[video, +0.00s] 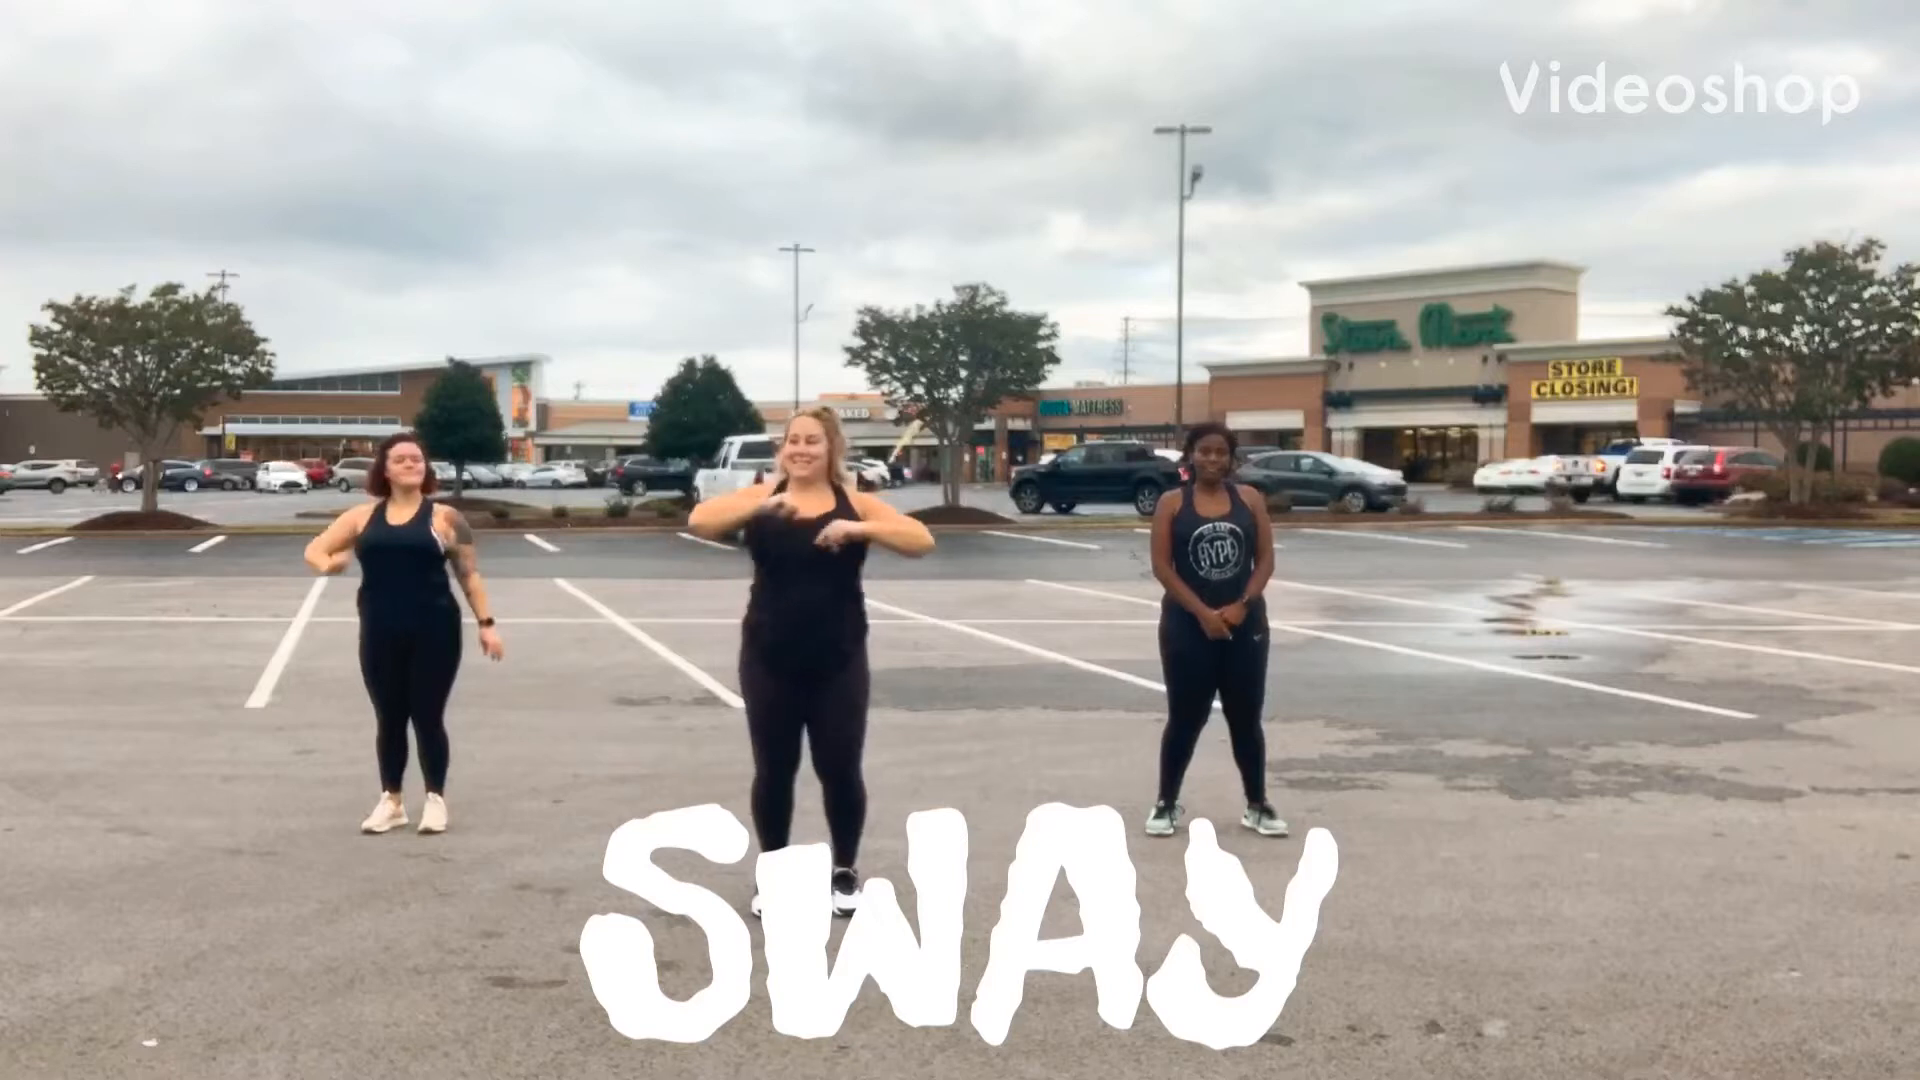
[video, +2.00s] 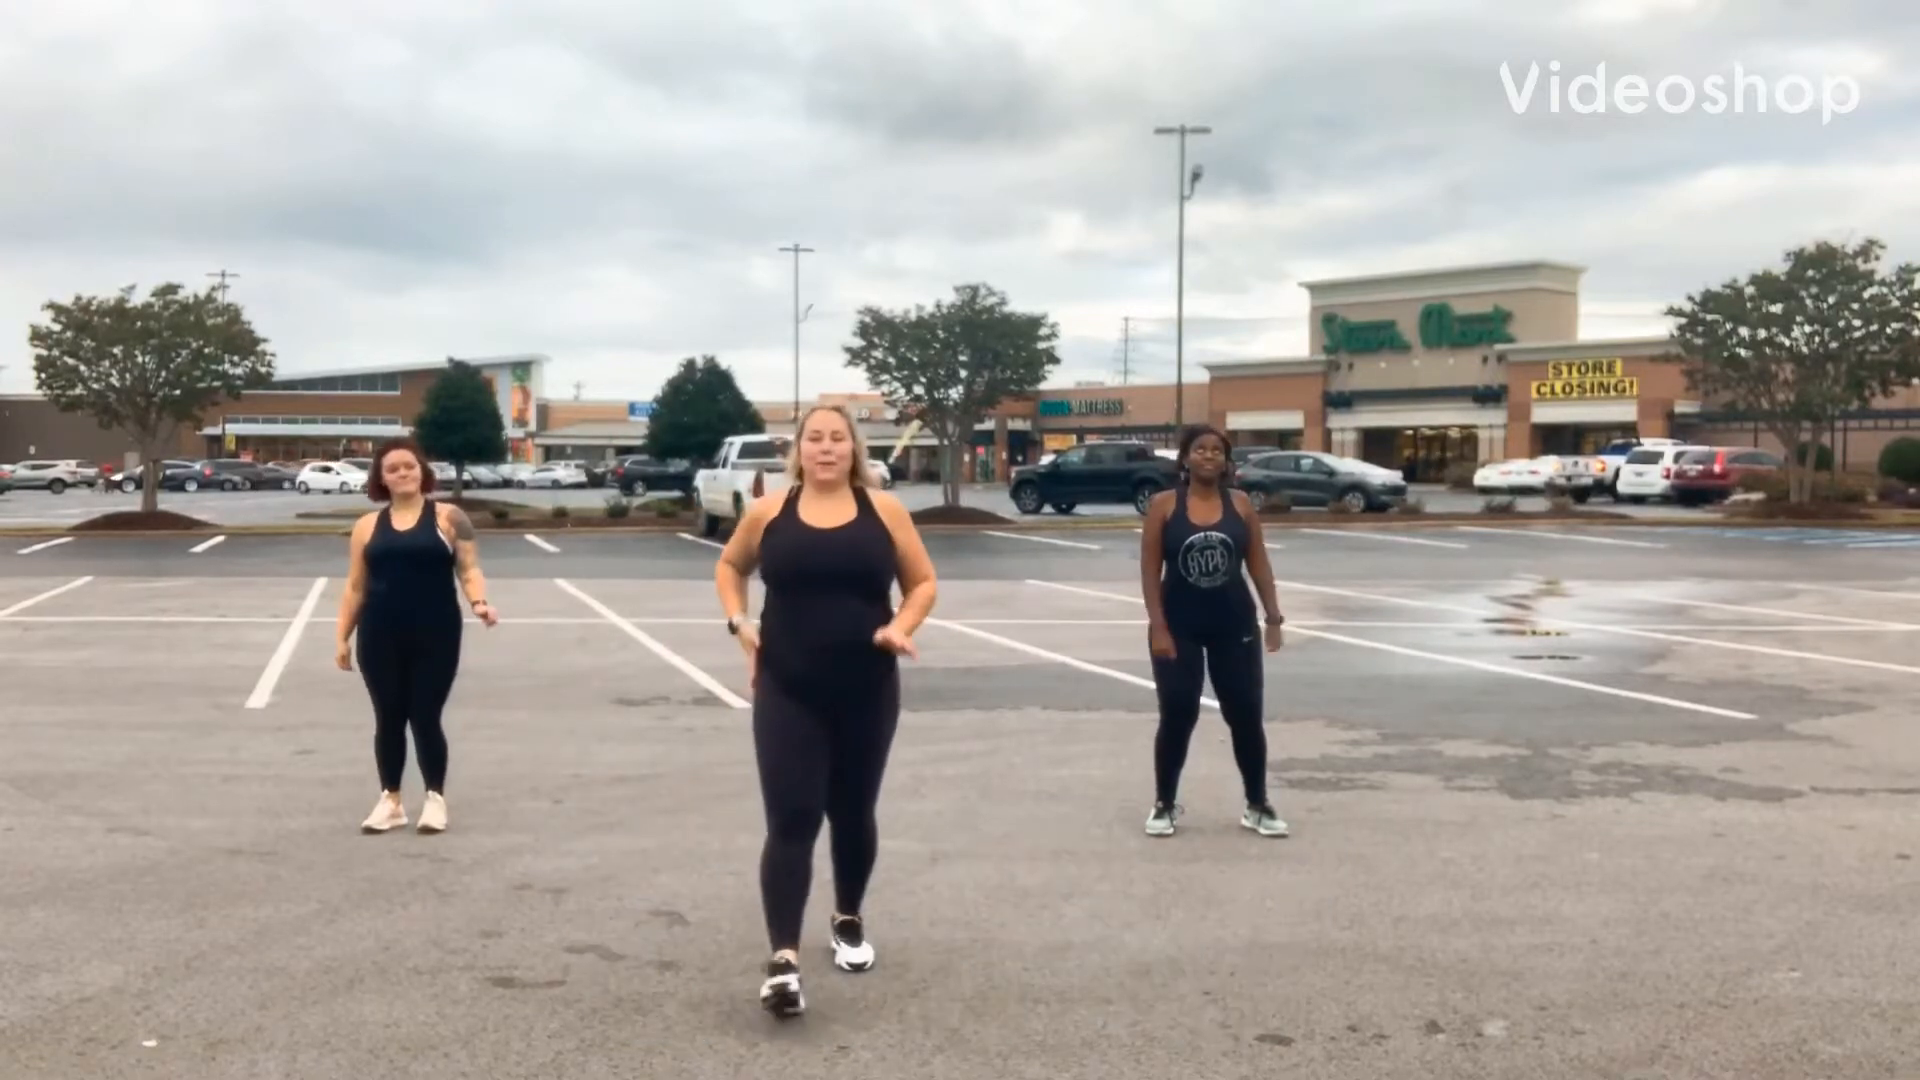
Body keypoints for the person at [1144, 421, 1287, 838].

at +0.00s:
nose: (1212, 459)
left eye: (1220, 452)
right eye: (1205, 451)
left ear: (1231, 457)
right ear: (1191, 457)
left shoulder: (1250, 498)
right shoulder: (1172, 503)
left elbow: (1266, 561)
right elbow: (1161, 567)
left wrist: (1244, 603)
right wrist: (1202, 612)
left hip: (1244, 623)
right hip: (1186, 624)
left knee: (1246, 720)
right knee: (1185, 719)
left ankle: (1257, 805)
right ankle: (1166, 804)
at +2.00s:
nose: (1209, 456)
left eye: (1216, 451)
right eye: (1201, 449)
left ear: (1226, 460)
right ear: (1185, 457)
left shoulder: (1240, 502)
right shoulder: (1164, 505)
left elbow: (1258, 562)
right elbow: (1151, 570)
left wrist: (1273, 615)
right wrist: (1158, 626)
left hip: (1234, 625)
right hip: (1179, 627)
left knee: (1247, 717)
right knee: (1177, 717)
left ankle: (1257, 805)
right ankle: (1164, 805)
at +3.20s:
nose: (1215, 452)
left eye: (1221, 446)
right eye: (1206, 448)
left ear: (1232, 455)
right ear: (1191, 459)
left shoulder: (1253, 499)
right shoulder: (1175, 503)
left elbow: (1273, 560)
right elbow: (1161, 568)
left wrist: (1290, 613)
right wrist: (1159, 627)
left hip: (1244, 629)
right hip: (1189, 631)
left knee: (1251, 721)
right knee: (1181, 721)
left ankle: (1258, 806)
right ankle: (1164, 805)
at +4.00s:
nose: (1238, 451)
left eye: (1244, 444)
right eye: (1229, 447)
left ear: (1255, 453)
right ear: (1216, 459)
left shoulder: (1276, 496)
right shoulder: (1199, 503)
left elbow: (1303, 555)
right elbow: (1183, 561)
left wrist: (1273, 571)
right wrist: (1188, 588)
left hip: (1265, 623)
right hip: (1211, 623)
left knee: (1258, 715)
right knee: (1217, 713)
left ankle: (1258, 807)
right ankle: (1217, 803)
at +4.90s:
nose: (1255, 455)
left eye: (1262, 449)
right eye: (1246, 450)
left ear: (1275, 457)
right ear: (1233, 460)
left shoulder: (1292, 502)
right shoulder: (1213, 505)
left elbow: (1309, 565)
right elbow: (1184, 558)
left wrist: (1287, 537)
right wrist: (1209, 560)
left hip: (1278, 626)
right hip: (1222, 627)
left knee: (1301, 715)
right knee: (1219, 715)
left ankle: (1336, 802)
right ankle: (1196, 802)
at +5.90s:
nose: (1185, 475)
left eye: (1193, 467)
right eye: (1178, 468)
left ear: (1210, 468)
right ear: (1168, 470)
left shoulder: (1224, 502)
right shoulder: (1153, 502)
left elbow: (1241, 567)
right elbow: (1144, 560)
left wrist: (1238, 546)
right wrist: (1175, 509)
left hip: (1202, 628)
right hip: (1149, 626)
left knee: (1232, 710)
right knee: (1146, 712)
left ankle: (1239, 804)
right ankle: (1123, 802)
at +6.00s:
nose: (1178, 475)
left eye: (1186, 468)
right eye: (1171, 468)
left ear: (1202, 468)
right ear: (1161, 470)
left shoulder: (1219, 503)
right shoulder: (1148, 502)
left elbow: (1235, 568)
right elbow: (1136, 558)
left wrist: (1231, 549)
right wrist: (1166, 512)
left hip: (1199, 627)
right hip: (1144, 626)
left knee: (1228, 712)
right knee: (1142, 713)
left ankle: (1240, 803)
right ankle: (1123, 802)